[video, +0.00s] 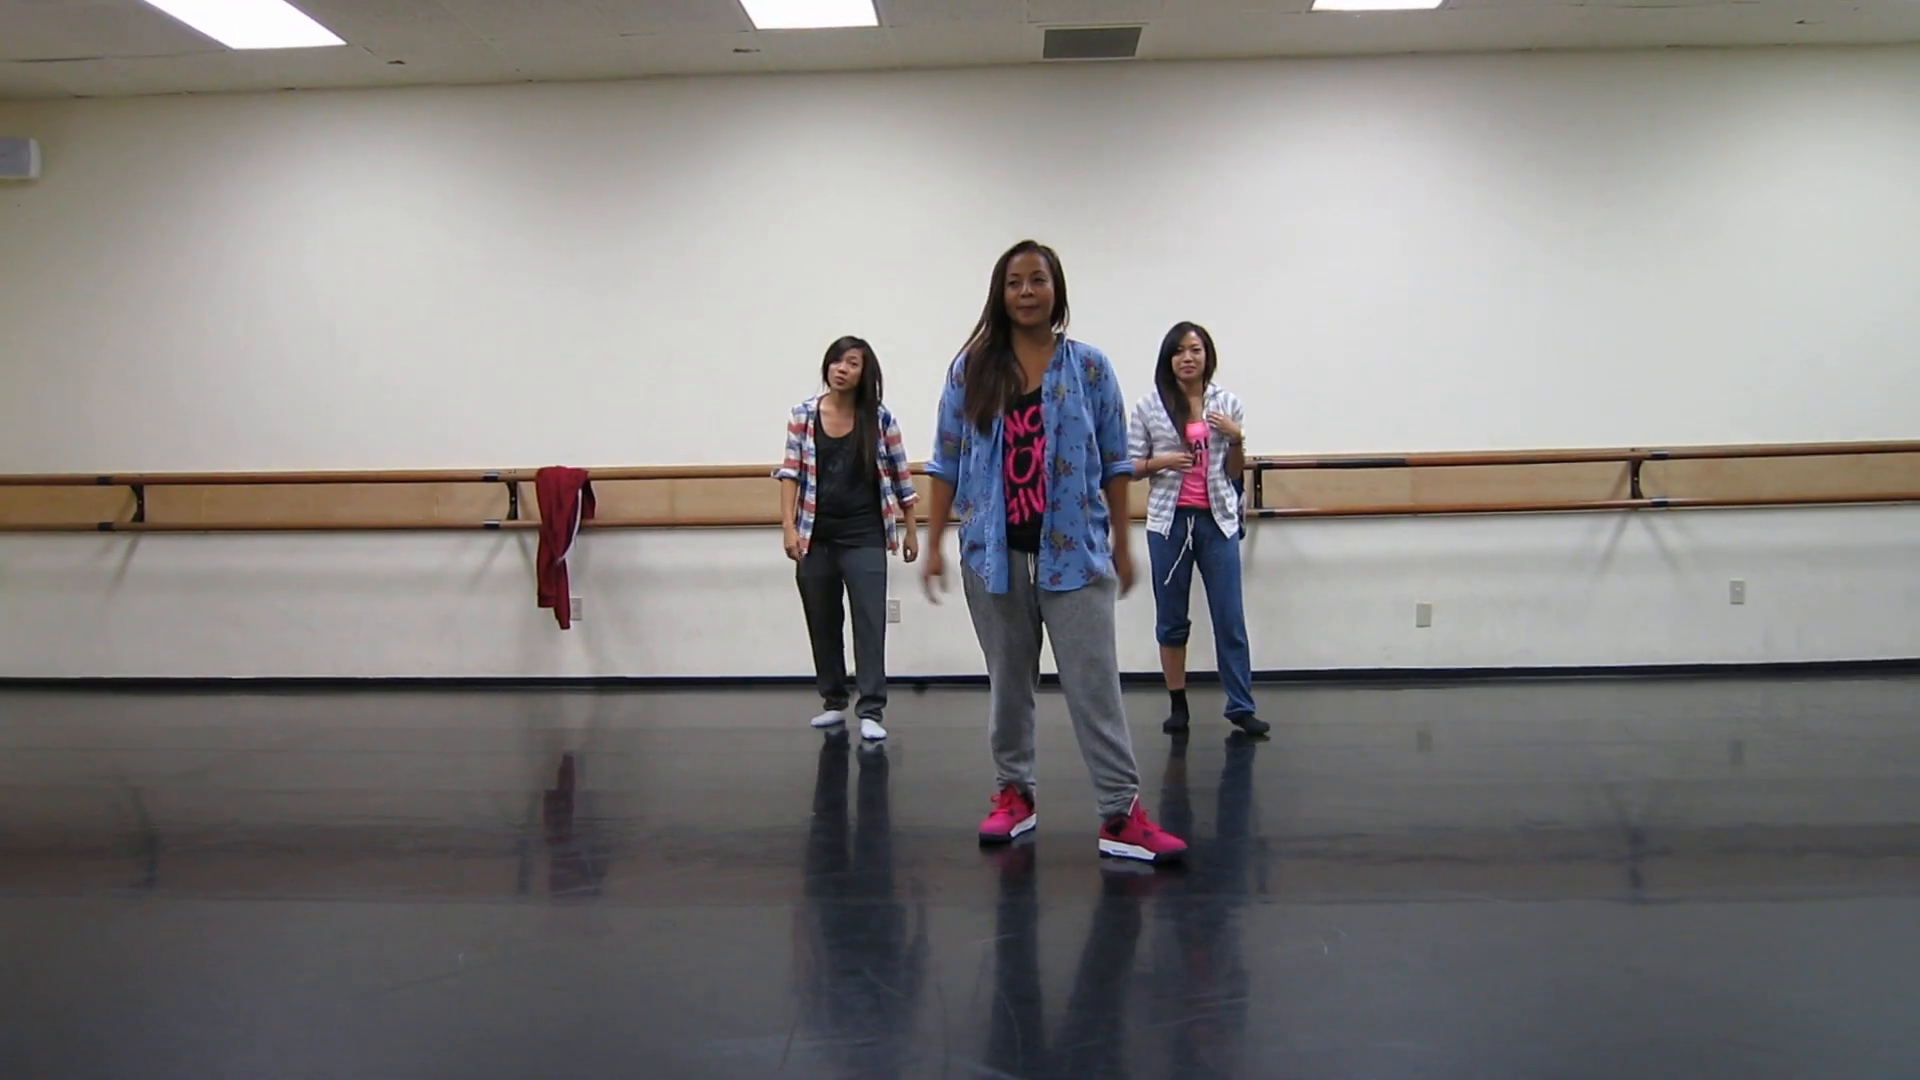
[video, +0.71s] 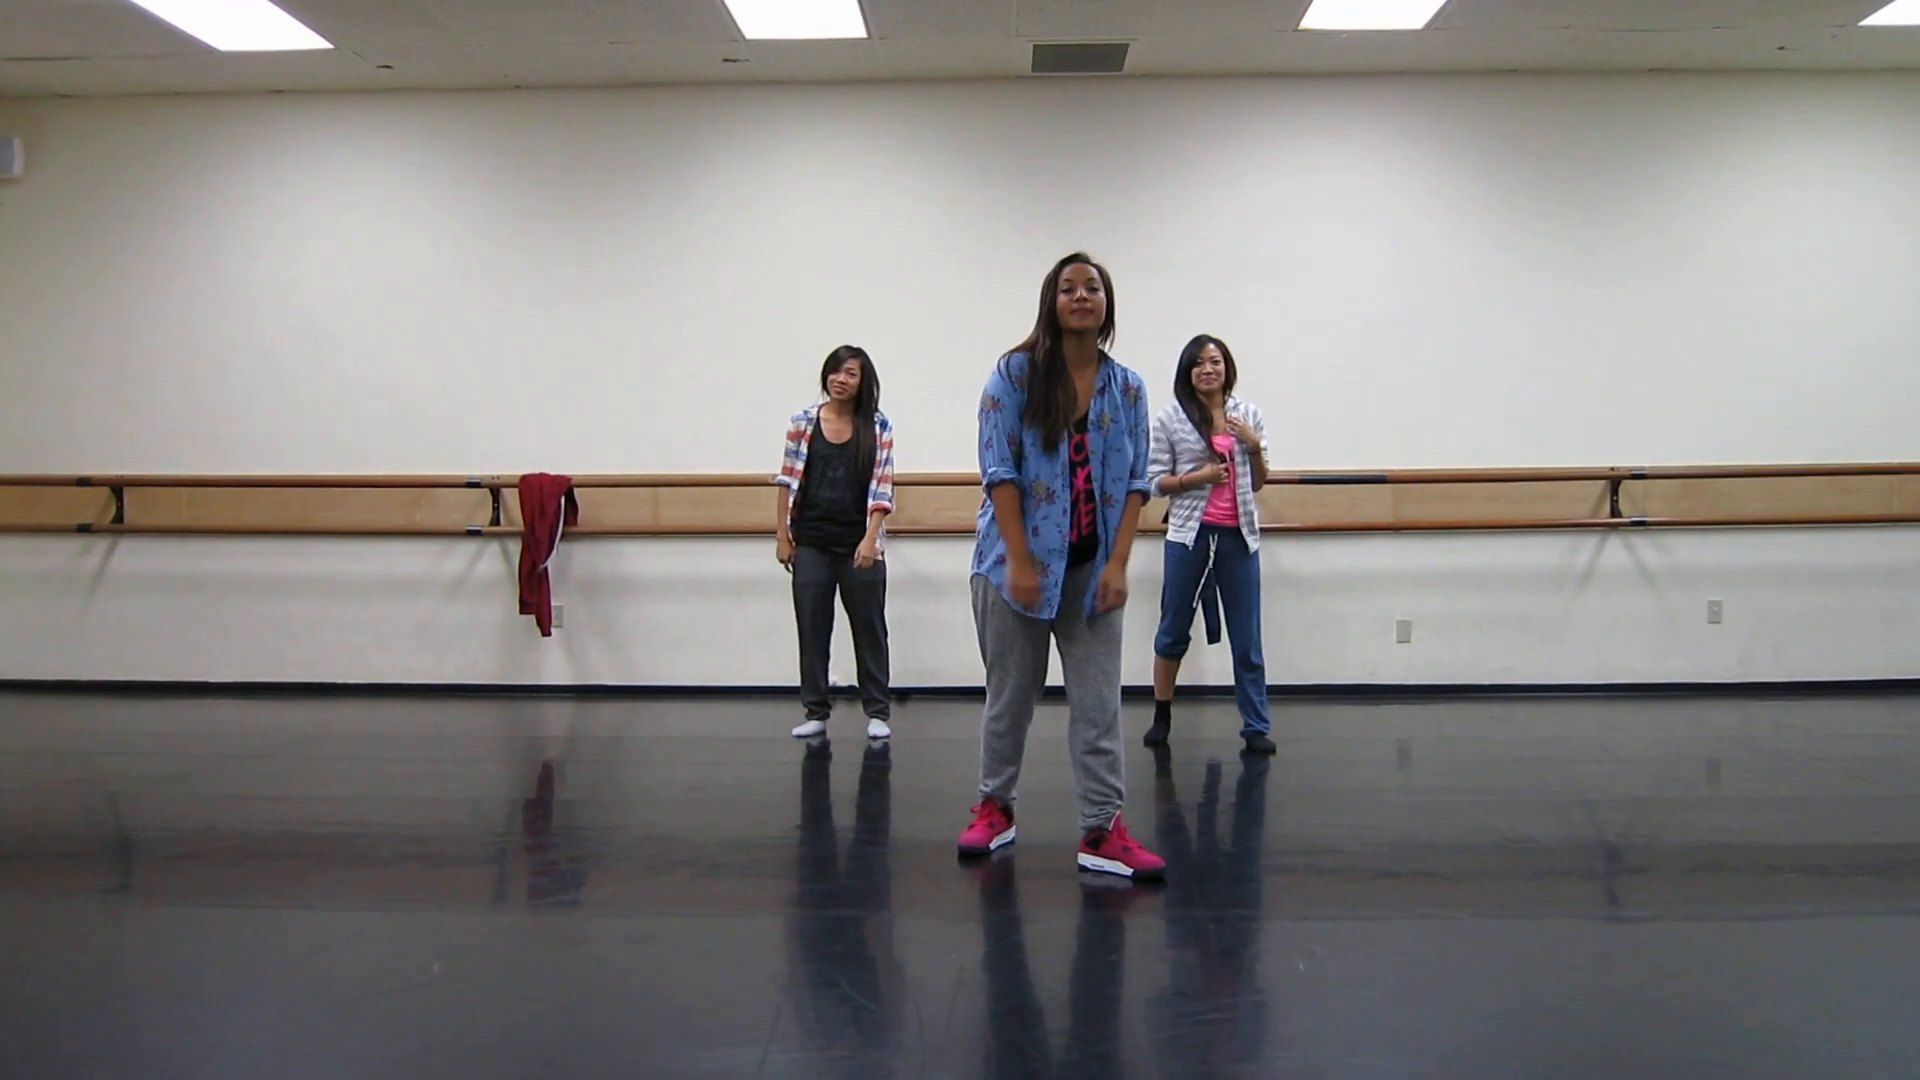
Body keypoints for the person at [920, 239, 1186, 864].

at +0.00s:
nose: (1028, 290)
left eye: (1038, 279)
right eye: (1016, 281)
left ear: (1058, 289)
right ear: (999, 293)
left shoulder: (1089, 366)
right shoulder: (970, 370)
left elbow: (1116, 462)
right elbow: (945, 463)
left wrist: (1122, 542)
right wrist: (933, 544)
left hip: (1075, 556)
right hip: (994, 558)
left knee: (1095, 683)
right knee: (1009, 684)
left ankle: (1121, 814)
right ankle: (1013, 797)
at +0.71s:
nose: (1082, 296)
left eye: (1092, 288)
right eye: (1070, 288)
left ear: (1108, 303)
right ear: (1050, 303)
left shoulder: (1127, 386)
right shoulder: (1014, 374)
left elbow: (1137, 482)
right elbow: (999, 469)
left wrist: (1118, 561)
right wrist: (1019, 557)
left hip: (1093, 570)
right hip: (1017, 566)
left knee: (1098, 705)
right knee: (1009, 698)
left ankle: (1101, 830)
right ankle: (994, 810)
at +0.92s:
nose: (1053, 305)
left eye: (1064, 296)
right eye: (1041, 296)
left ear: (1082, 308)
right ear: (1023, 308)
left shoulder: (1103, 386)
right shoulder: (990, 375)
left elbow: (1100, 489)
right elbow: (993, 464)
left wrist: (1053, 552)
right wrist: (1065, 498)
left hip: (1071, 566)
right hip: (993, 565)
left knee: (1082, 707)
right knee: (994, 701)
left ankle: (1094, 833)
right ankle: (990, 814)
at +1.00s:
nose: (1039, 314)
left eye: (1051, 303)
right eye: (1028, 304)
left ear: (1069, 313)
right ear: (1011, 313)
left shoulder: (1091, 387)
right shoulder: (979, 377)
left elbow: (1087, 484)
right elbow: (987, 460)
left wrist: (1032, 541)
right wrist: (1060, 490)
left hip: (1060, 563)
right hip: (982, 562)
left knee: (1071, 703)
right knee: (989, 699)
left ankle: (1090, 831)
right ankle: (988, 815)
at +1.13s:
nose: (1024, 316)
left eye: (1035, 305)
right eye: (1012, 307)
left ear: (1054, 315)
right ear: (996, 317)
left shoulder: (1077, 389)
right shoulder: (966, 381)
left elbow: (1075, 486)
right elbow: (973, 463)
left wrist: (1020, 539)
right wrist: (1039, 498)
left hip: (1050, 567)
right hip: (973, 568)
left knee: (1062, 704)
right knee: (983, 703)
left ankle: (1085, 829)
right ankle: (987, 816)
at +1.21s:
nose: (1014, 313)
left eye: (1024, 303)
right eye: (1003, 305)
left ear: (1044, 313)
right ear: (987, 317)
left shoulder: (1070, 389)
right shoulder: (959, 384)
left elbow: (1069, 482)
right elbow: (953, 466)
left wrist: (1038, 557)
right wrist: (998, 507)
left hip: (1043, 565)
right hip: (968, 568)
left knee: (1058, 703)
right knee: (979, 702)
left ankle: (1082, 827)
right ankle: (986, 816)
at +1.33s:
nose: (1002, 313)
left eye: (1013, 303)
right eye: (990, 306)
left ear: (1033, 314)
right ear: (975, 319)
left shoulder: (1062, 389)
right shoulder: (949, 387)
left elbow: (1082, 482)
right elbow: (915, 462)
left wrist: (1097, 559)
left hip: (1038, 572)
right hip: (961, 573)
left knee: (1054, 701)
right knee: (977, 701)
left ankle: (1081, 824)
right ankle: (985, 815)